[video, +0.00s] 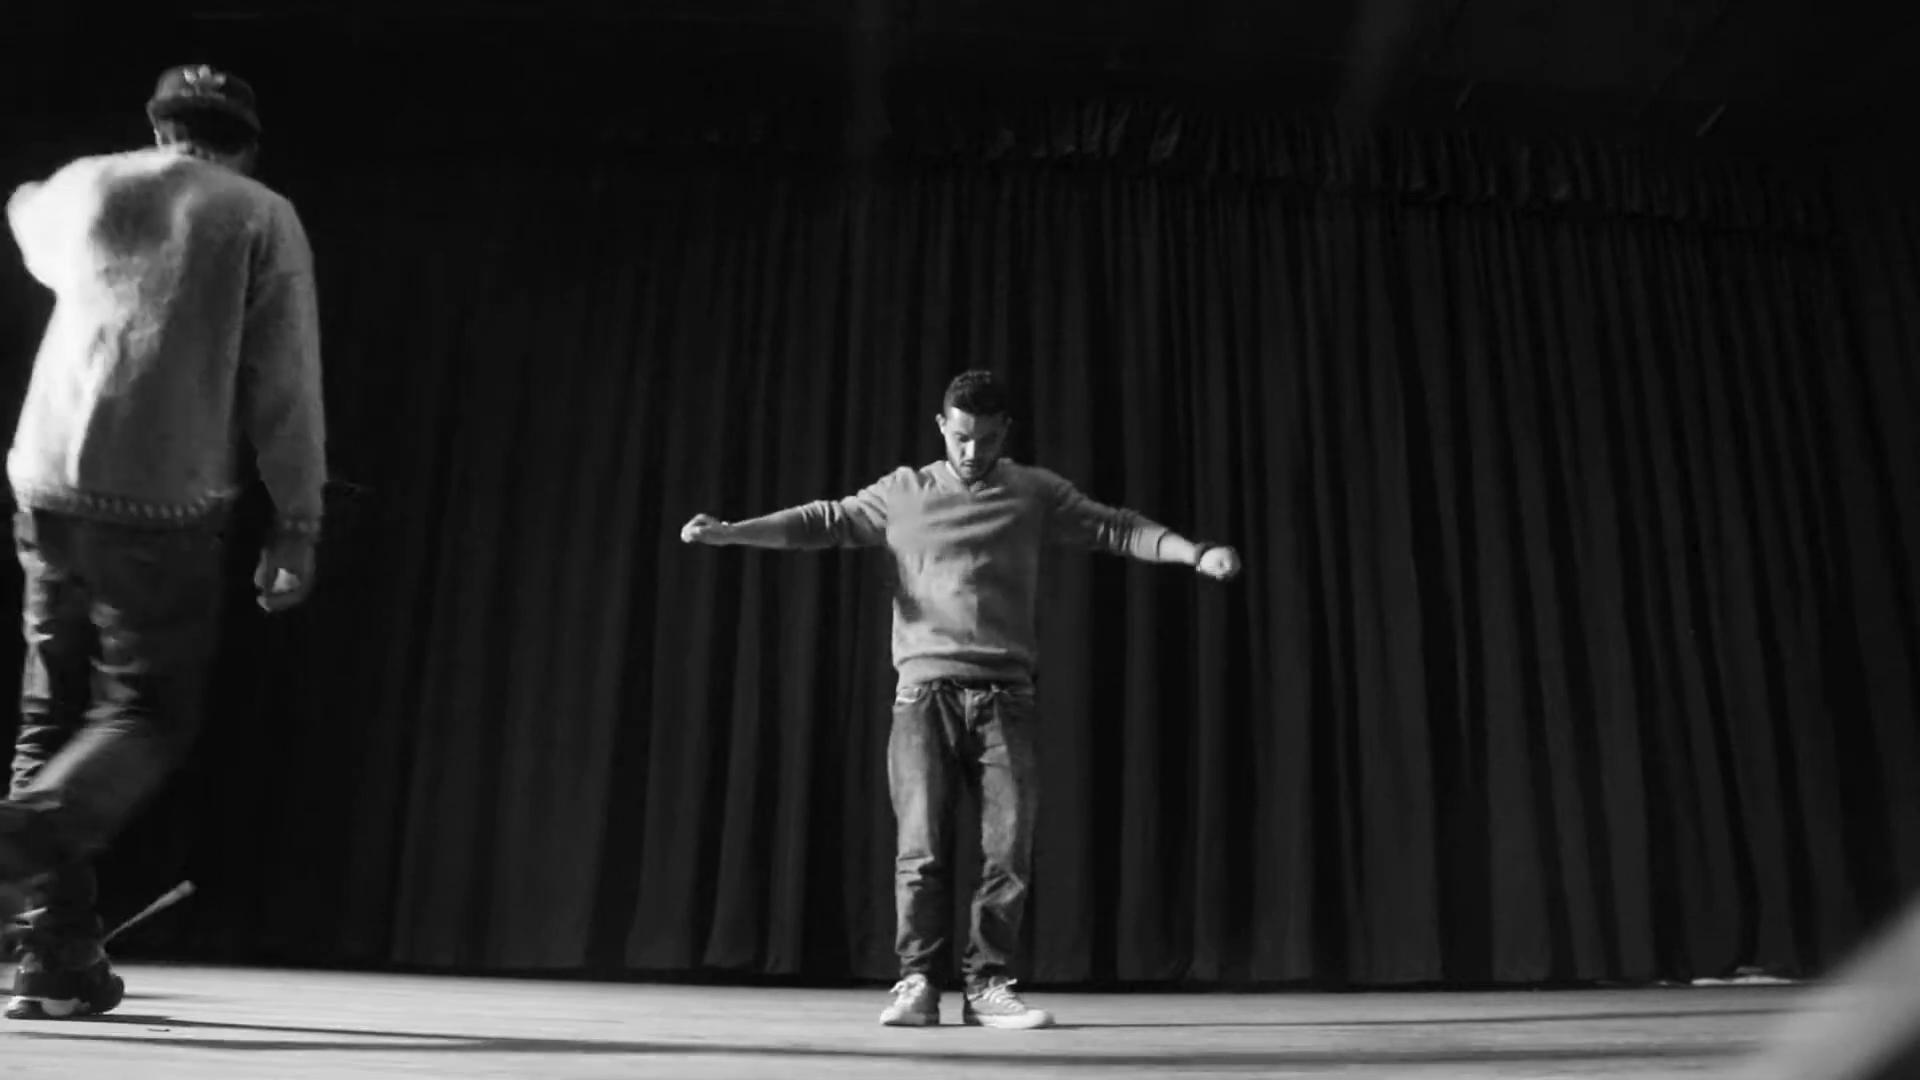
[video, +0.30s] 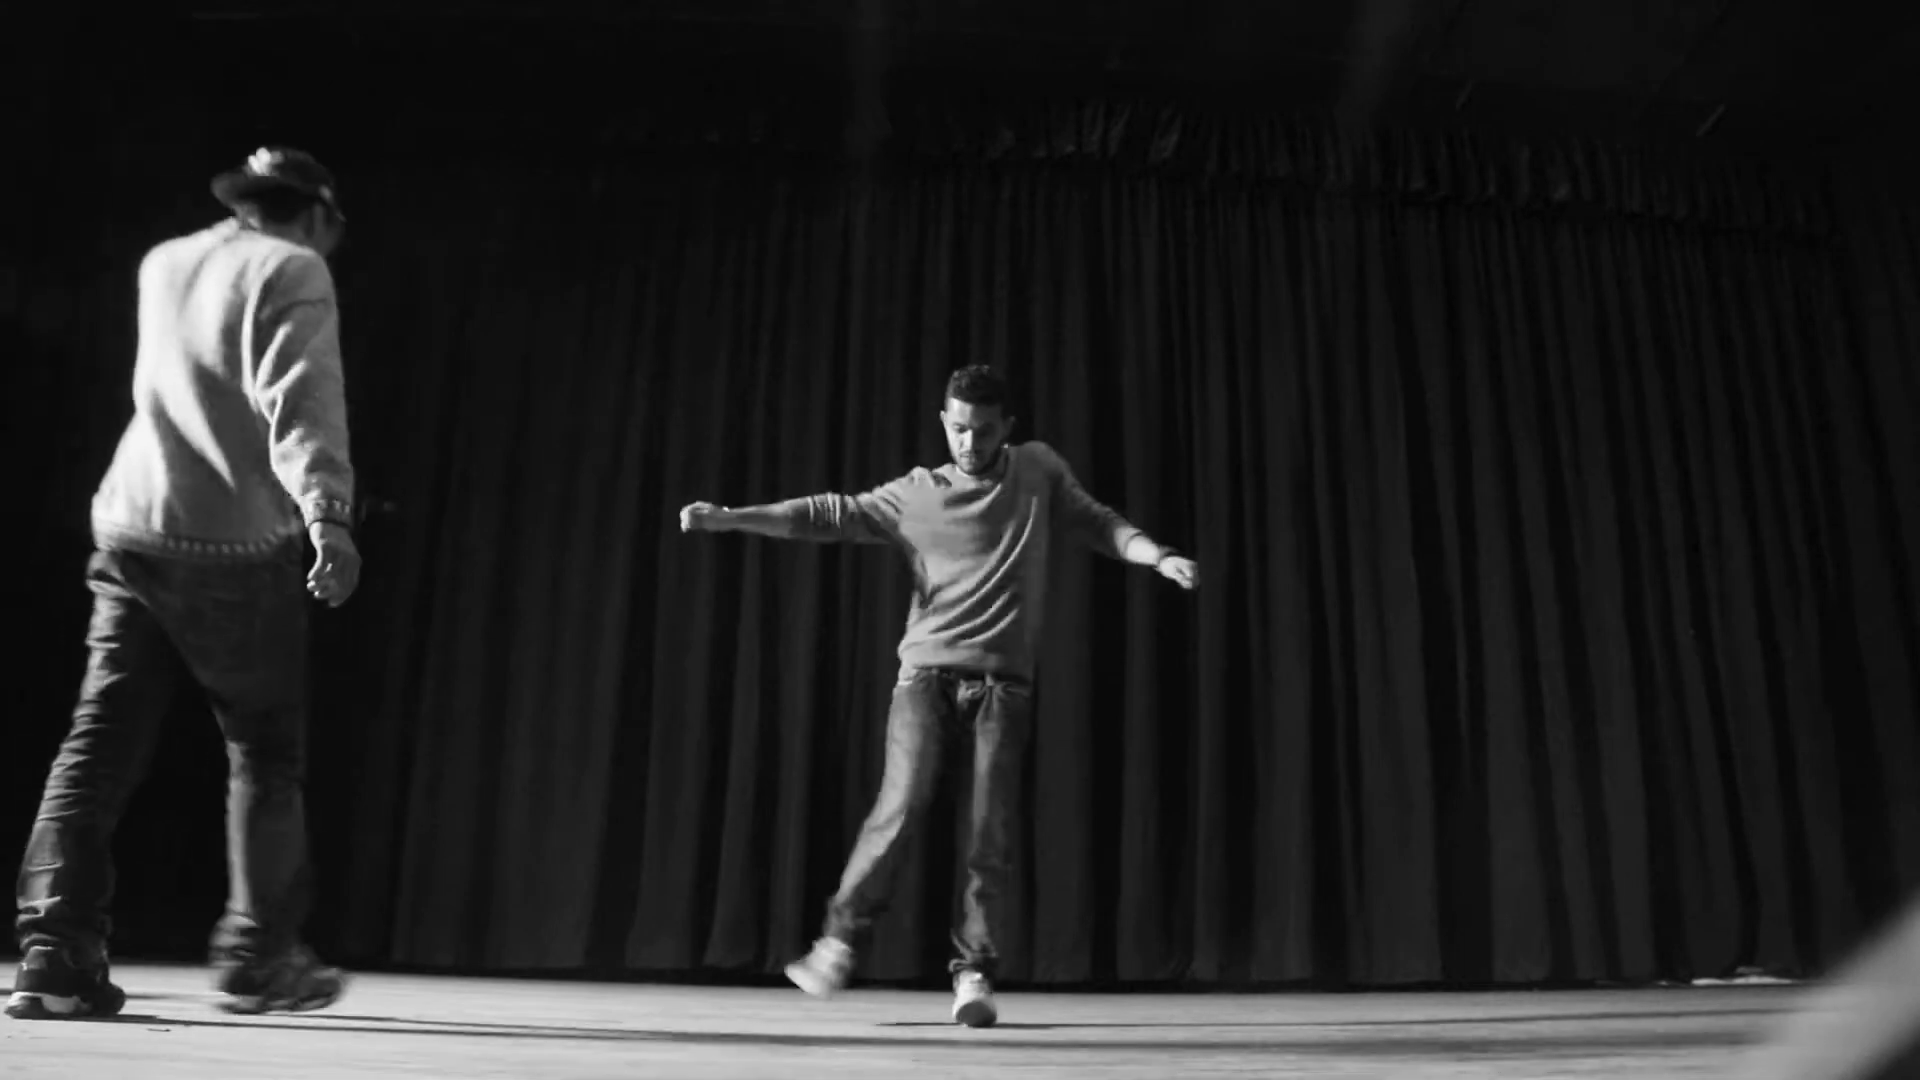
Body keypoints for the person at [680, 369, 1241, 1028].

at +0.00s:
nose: (973, 449)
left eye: (985, 436)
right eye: (962, 435)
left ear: (1006, 432)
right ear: (942, 428)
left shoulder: (1036, 492)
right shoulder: (904, 493)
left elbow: (1116, 529)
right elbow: (823, 519)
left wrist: (1195, 553)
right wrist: (733, 531)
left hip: (1006, 690)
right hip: (925, 690)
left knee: (1009, 848)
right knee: (923, 845)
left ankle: (992, 989)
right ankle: (916, 985)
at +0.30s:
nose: (968, 443)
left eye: (980, 429)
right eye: (958, 428)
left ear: (1003, 426)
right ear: (943, 424)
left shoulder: (1038, 470)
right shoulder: (915, 494)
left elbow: (1102, 525)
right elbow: (825, 513)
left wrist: (1157, 557)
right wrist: (728, 517)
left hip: (1003, 677)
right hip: (927, 671)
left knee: (990, 830)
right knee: (904, 805)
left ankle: (974, 976)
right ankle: (838, 945)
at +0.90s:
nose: (968, 426)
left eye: (981, 413)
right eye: (957, 412)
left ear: (1001, 413)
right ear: (938, 412)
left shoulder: (1033, 473)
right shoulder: (903, 475)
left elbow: (1104, 516)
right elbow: (824, 501)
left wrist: (1188, 550)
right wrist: (748, 539)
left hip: (1001, 679)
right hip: (919, 677)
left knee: (992, 824)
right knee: (915, 825)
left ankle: (974, 975)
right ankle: (924, 965)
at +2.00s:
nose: (954, 412)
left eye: (967, 401)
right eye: (949, 401)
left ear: (1005, 403)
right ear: (946, 403)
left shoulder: (1056, 472)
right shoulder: (921, 461)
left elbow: (1125, 521)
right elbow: (833, 472)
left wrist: (1202, 559)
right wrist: (737, 470)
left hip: (973, 678)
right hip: (893, 666)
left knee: (968, 832)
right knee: (844, 794)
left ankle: (963, 981)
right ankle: (873, 938)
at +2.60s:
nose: (948, 396)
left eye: (963, 383)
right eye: (944, 384)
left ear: (1002, 386)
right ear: (941, 388)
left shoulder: (1051, 463)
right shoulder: (918, 445)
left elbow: (1118, 518)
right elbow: (836, 462)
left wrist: (1192, 566)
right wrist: (743, 468)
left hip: (1011, 662)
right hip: (930, 653)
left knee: (1002, 826)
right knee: (897, 764)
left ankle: (986, 975)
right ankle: (881, 911)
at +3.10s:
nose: (899, 405)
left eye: (910, 392)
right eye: (885, 393)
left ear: (929, 395)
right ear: (864, 402)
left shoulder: (967, 439)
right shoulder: (848, 488)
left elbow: (1036, 501)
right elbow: (759, 518)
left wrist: (1094, 547)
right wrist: (667, 499)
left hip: (988, 669)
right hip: (902, 671)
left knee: (988, 832)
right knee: (846, 817)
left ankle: (976, 983)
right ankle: (797, 963)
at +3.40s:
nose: (844, 395)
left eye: (855, 382)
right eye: (830, 382)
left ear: (872, 386)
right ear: (804, 388)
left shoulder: (909, 434)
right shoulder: (779, 464)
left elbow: (982, 478)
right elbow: (712, 550)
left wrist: (1047, 520)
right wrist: (749, 476)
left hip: (907, 665)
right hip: (815, 666)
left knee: (934, 823)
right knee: (769, 825)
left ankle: (952, 979)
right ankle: (726, 976)